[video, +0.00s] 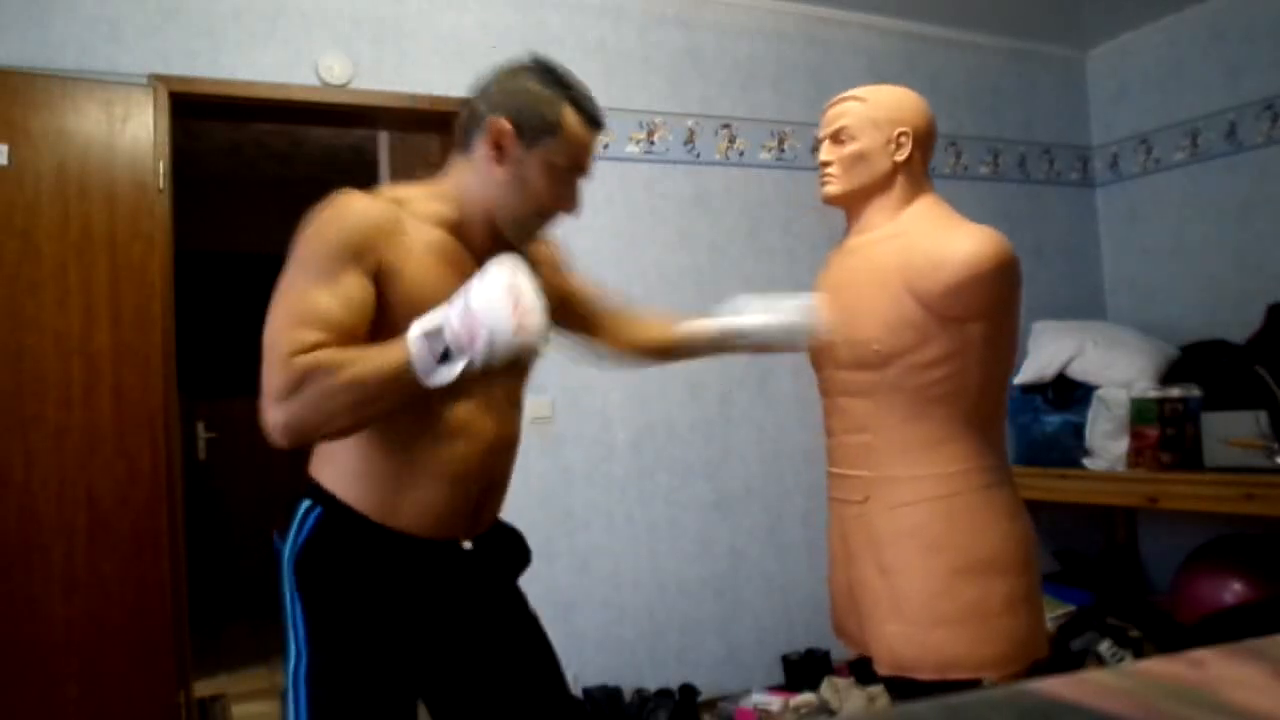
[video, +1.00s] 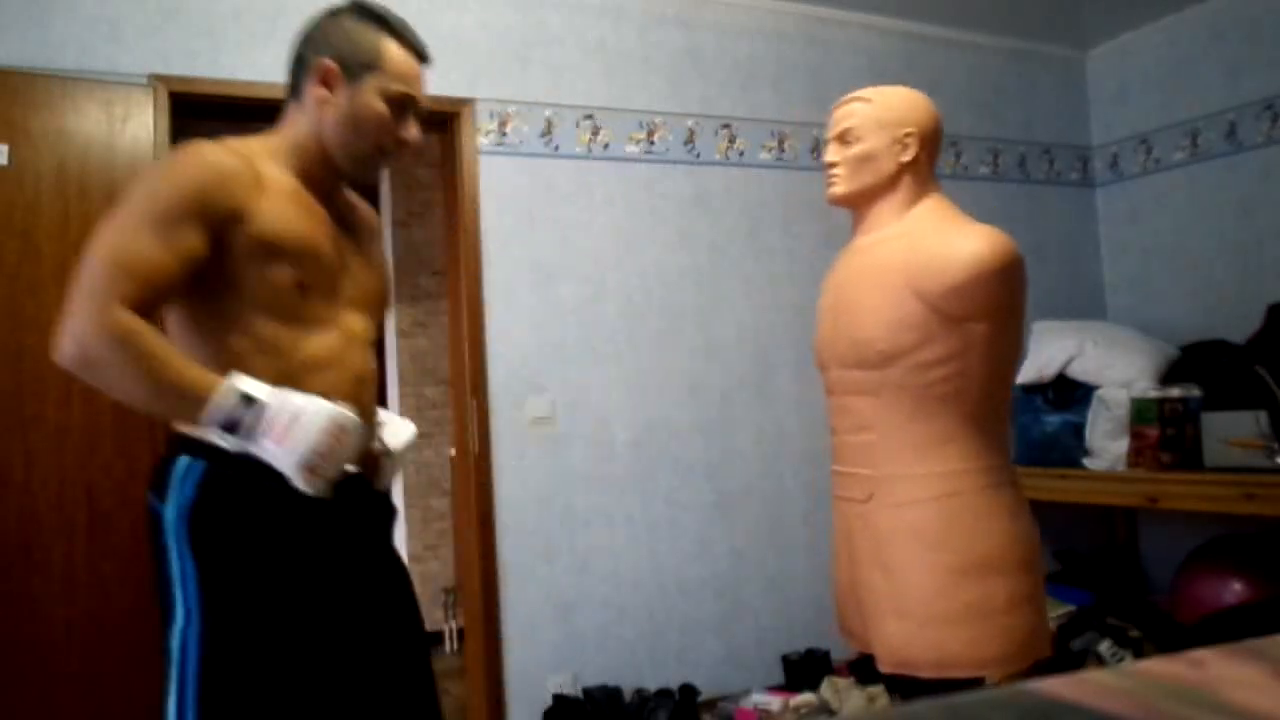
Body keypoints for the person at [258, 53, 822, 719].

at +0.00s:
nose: (571, 199)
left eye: (579, 179)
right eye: (566, 173)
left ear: (504, 150)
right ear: (500, 145)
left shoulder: (522, 261)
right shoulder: (356, 225)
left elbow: (624, 331)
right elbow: (288, 407)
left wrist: (741, 329)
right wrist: (446, 338)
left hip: (468, 574)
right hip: (353, 573)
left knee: (545, 717)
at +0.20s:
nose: (616, 225)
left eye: (622, 203)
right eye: (613, 198)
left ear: (559, 175)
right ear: (561, 173)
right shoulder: (514, 220)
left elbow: (532, 408)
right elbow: (605, 341)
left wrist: (636, 389)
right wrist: (691, 328)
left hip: (470, 543)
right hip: (433, 539)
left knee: (544, 710)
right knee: (412, 709)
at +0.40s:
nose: (594, 222)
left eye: (601, 205)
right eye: (595, 197)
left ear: (540, 164)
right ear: (550, 165)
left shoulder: (443, 236)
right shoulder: (516, 226)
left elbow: (487, 386)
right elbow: (588, 387)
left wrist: (600, 388)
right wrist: (677, 409)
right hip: (460, 525)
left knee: (533, 708)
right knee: (464, 710)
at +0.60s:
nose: (544, 206)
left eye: (549, 186)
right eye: (539, 179)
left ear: (485, 159)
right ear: (485, 156)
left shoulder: (449, 237)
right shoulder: (418, 228)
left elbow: (447, 391)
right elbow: (410, 403)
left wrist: (528, 408)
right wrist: (531, 438)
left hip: (445, 525)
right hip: (408, 528)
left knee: (519, 708)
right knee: (452, 713)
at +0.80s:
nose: (465, 226)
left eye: (468, 206)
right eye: (455, 201)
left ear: (393, 187)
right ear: (389, 184)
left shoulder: (380, 304)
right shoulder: (295, 294)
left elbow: (391, 467)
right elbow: (270, 490)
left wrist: (471, 511)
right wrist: (431, 545)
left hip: (397, 595)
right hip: (325, 604)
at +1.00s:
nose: (410, 136)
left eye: (415, 115)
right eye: (397, 105)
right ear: (325, 84)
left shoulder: (365, 224)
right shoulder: (211, 174)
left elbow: (337, 370)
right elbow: (88, 331)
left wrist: (378, 430)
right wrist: (260, 415)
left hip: (346, 510)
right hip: (237, 508)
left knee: (398, 706)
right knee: (235, 711)